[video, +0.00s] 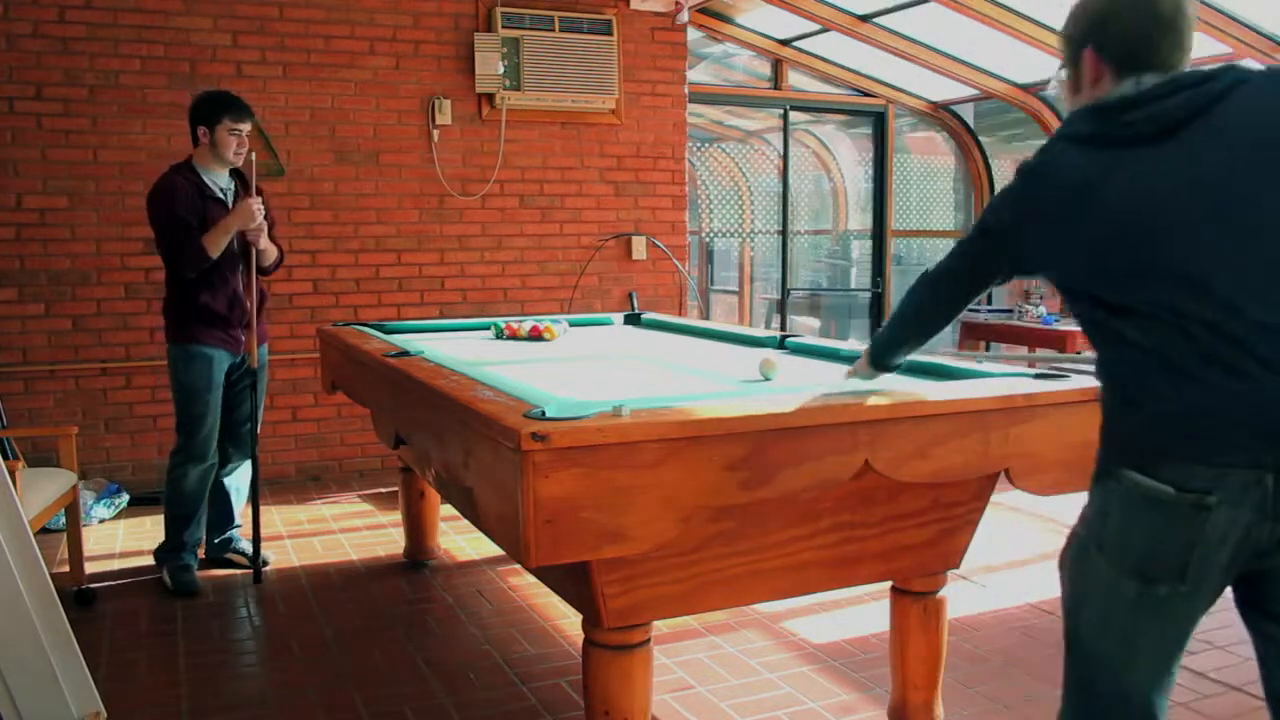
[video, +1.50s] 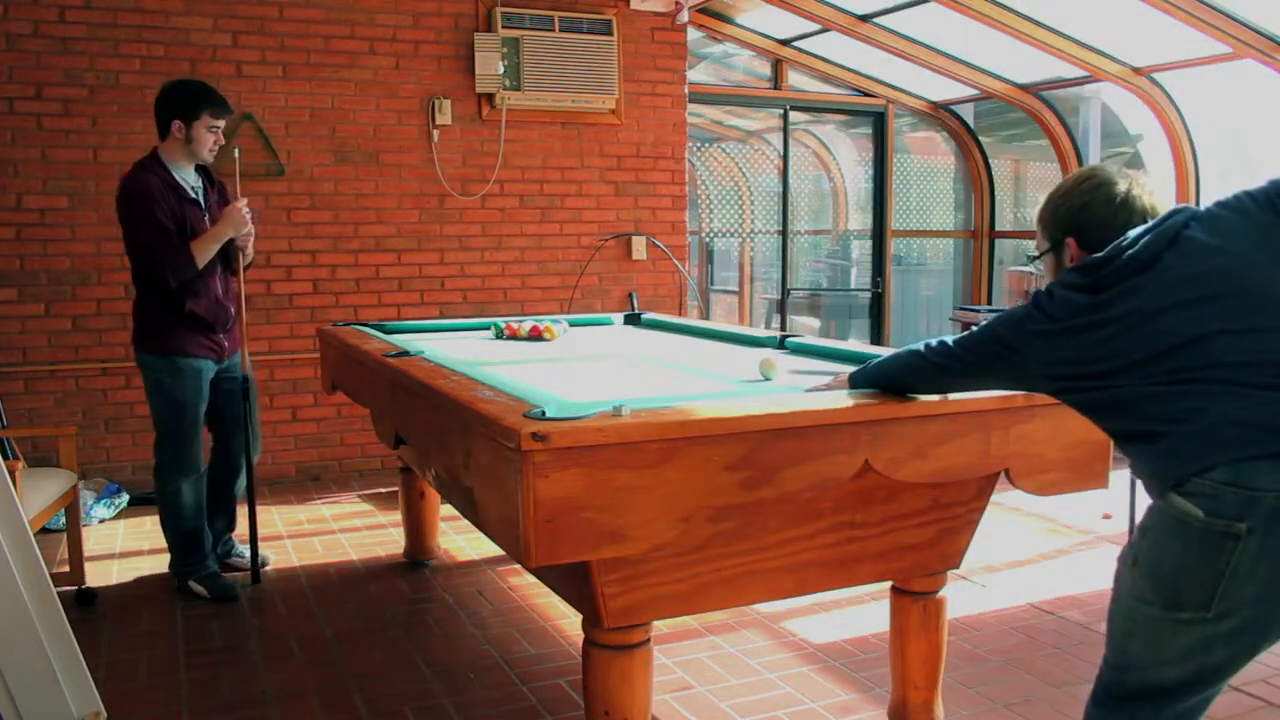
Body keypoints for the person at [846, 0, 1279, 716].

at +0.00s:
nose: (1063, 88)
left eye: (1065, 73)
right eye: (1062, 74)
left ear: (1091, 69)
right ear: (1177, 60)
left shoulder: (1060, 177)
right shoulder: (1263, 101)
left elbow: (947, 286)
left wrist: (871, 362)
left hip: (1178, 469)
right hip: (1275, 462)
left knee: (1113, 695)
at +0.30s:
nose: (1017, 183)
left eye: (1017, 167)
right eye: (1015, 168)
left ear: (1042, 164)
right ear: (1128, 142)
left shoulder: (1025, 246)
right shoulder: (1243, 160)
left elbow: (924, 332)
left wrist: (862, 378)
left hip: (1166, 488)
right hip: (1278, 485)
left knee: (1096, 706)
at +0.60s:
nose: (1039, 242)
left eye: (1039, 228)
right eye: (1036, 230)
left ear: (1066, 224)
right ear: (1143, 192)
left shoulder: (1050, 305)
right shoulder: (1246, 201)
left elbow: (937, 355)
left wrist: (861, 379)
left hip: (1242, 510)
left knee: (1122, 701)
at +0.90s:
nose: (1045, 261)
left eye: (1045, 247)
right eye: (1042, 249)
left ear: (1072, 245)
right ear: (1150, 214)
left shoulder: (1054, 316)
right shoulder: (1250, 216)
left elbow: (940, 359)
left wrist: (860, 378)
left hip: (1237, 503)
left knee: (1127, 701)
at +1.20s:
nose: (1044, 269)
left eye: (1045, 252)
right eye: (1042, 255)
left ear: (1073, 250)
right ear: (1150, 221)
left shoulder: (1052, 320)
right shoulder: (1247, 219)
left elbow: (937, 361)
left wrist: (860, 376)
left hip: (1238, 505)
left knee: (1130, 703)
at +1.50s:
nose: (1044, 270)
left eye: (1046, 253)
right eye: (1042, 255)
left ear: (1074, 251)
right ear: (1150, 223)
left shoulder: (1056, 321)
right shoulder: (1247, 218)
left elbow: (938, 362)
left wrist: (861, 376)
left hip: (1241, 504)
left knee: (1134, 703)